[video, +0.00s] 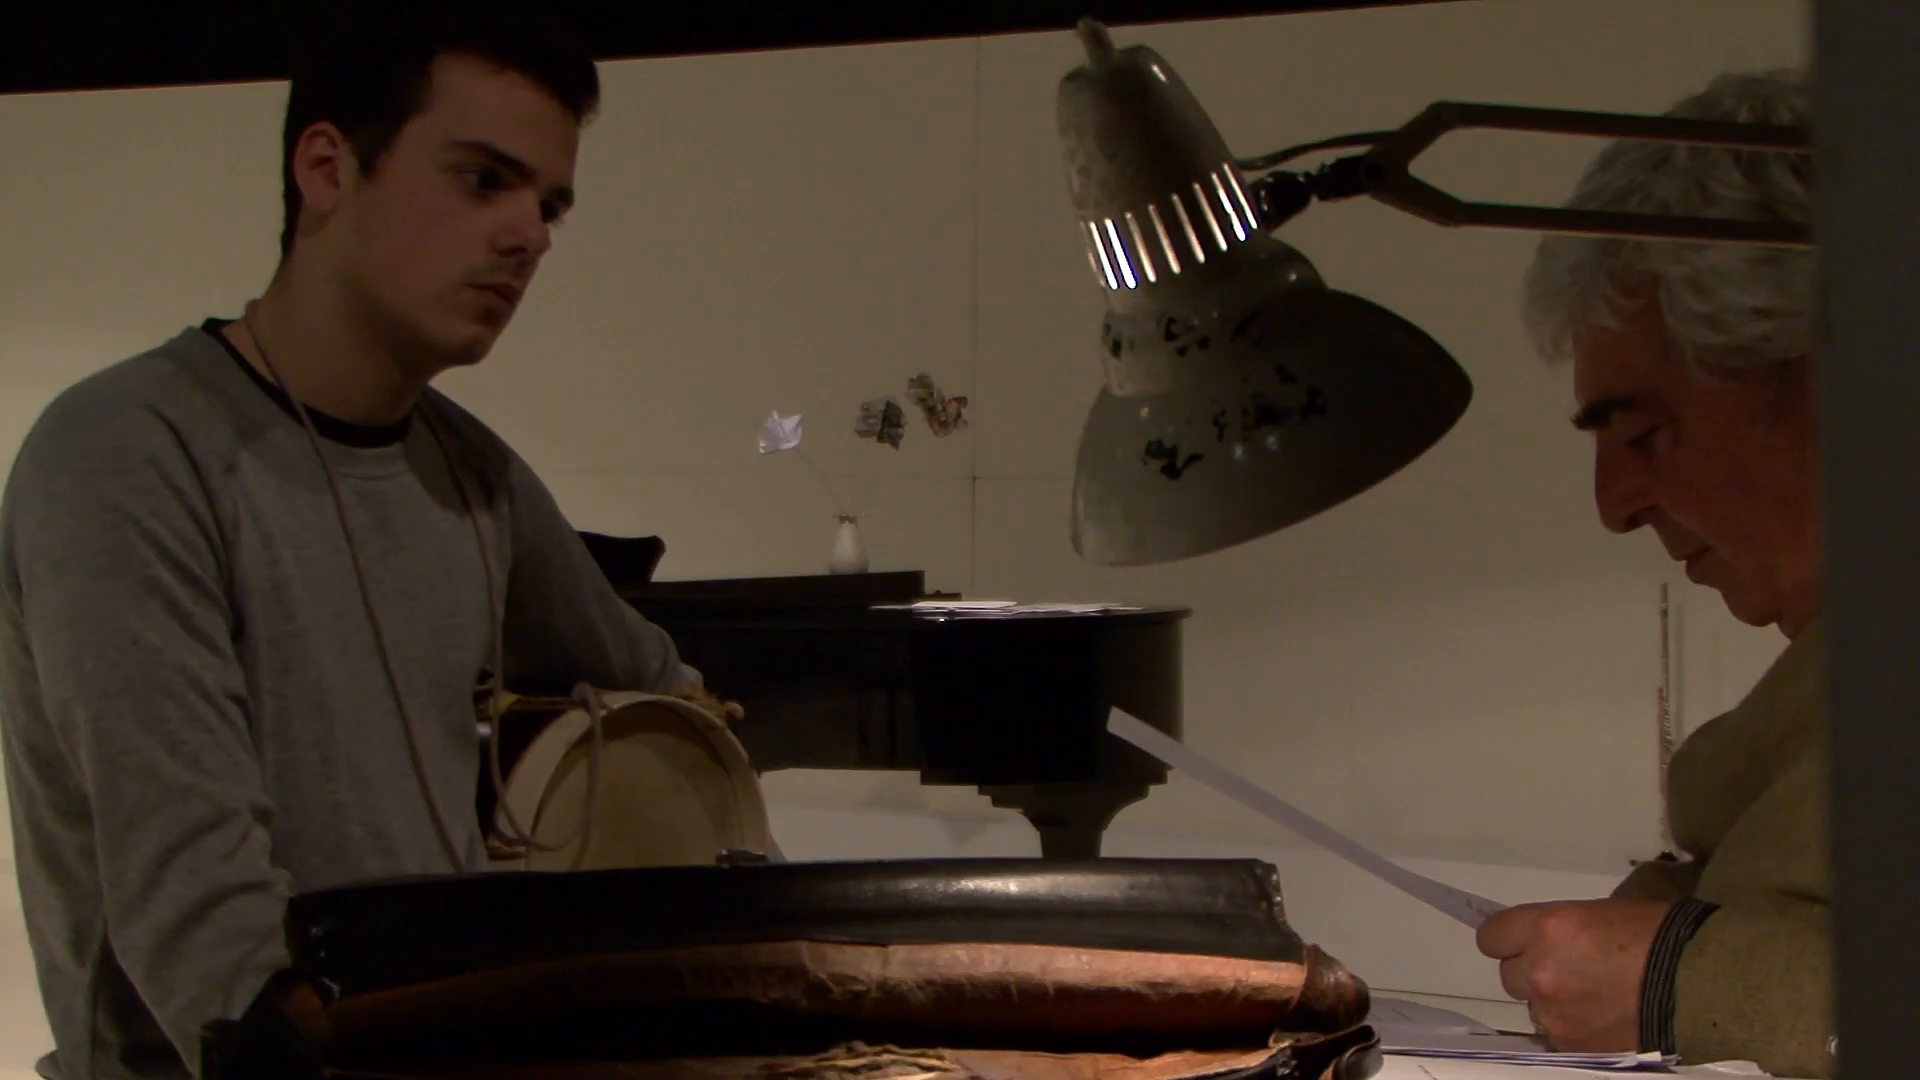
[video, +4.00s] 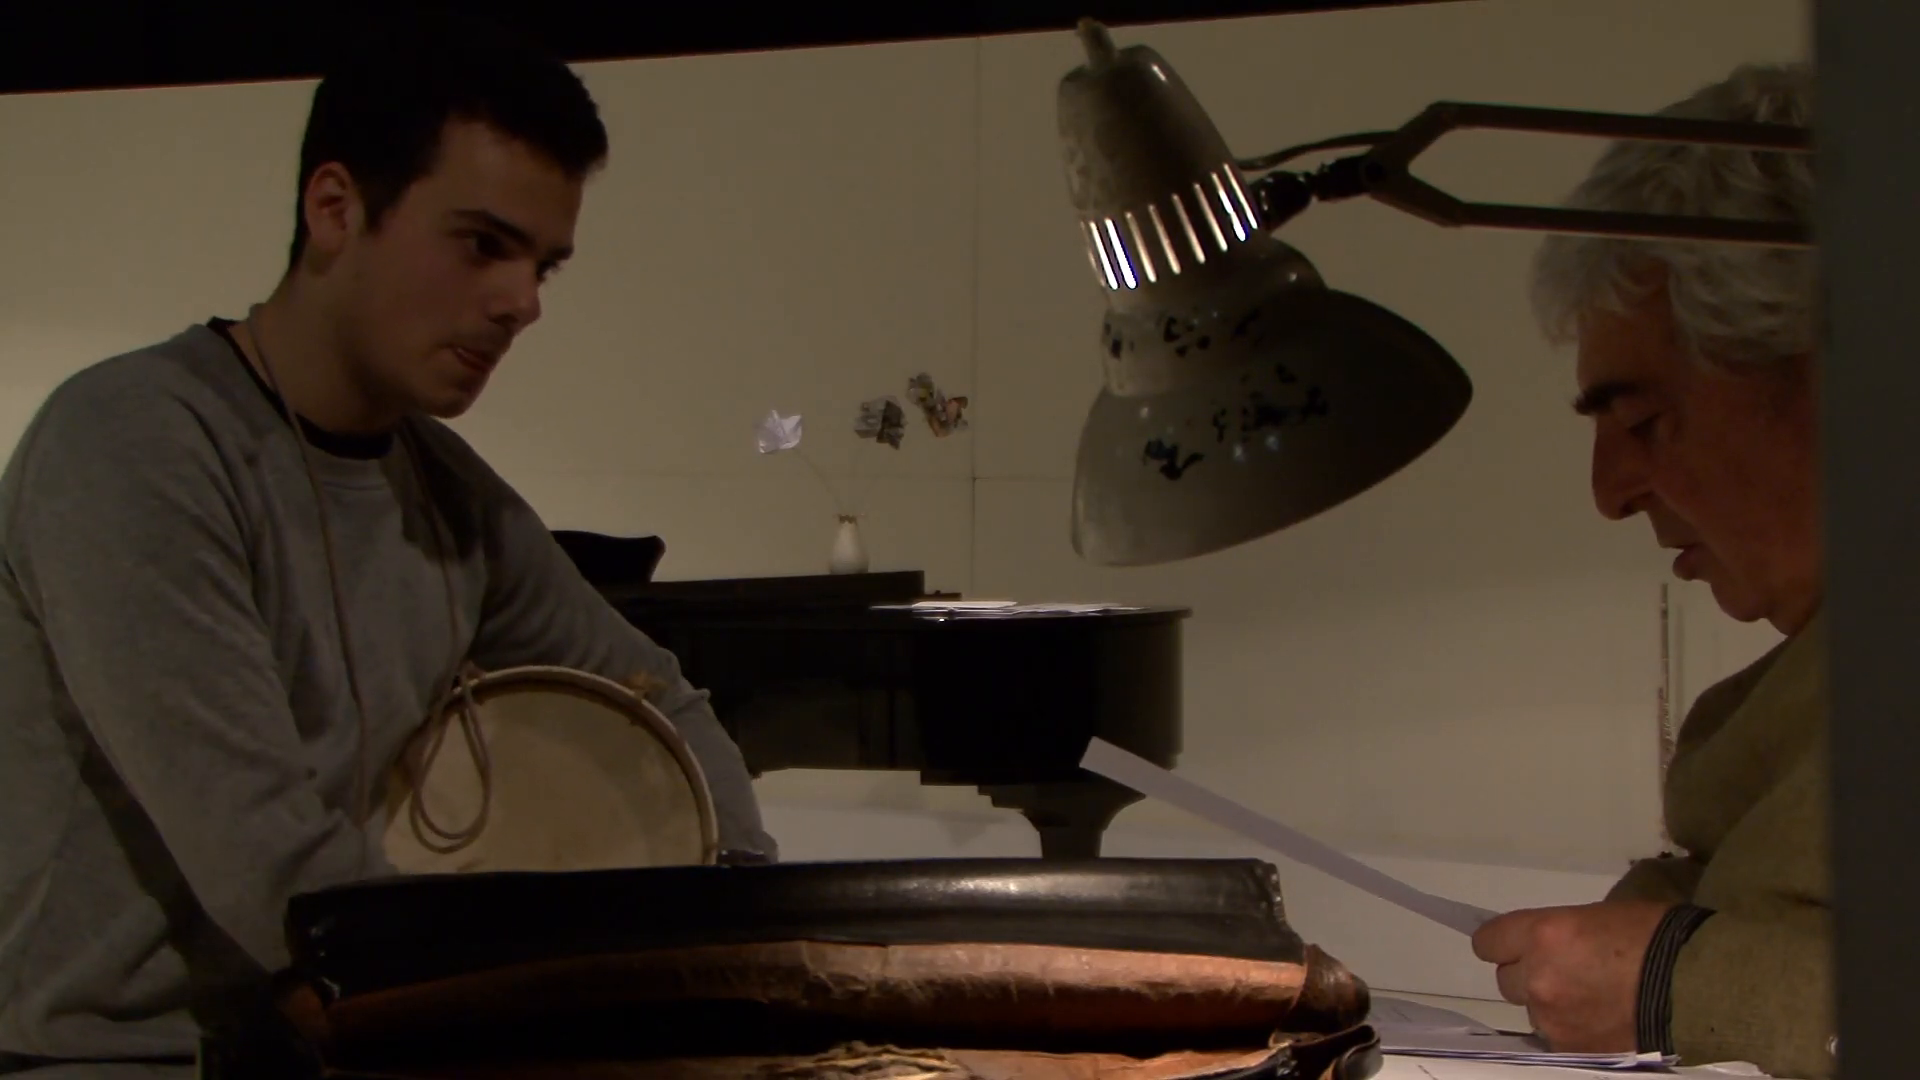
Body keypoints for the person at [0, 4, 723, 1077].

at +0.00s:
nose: (529, 237)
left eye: (550, 206)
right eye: (483, 179)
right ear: (326, 172)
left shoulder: (481, 478)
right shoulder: (115, 453)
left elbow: (662, 708)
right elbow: (196, 908)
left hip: (474, 1030)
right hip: (188, 1057)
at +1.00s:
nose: (566, 247)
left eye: (585, 217)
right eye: (521, 185)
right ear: (363, 172)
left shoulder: (500, 486)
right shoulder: (141, 449)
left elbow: (666, 715)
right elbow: (207, 913)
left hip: (475, 1039)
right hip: (192, 1061)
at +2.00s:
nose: (509, 272)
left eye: (529, 235)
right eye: (467, 212)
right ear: (314, 192)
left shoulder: (437, 483)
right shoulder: (129, 441)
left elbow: (616, 705)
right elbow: (277, 870)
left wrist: (762, 908)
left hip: (381, 1038)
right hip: (140, 1058)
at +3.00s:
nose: (499, 289)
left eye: (517, 254)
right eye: (457, 231)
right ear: (306, 202)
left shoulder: (431, 491)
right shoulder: (123, 437)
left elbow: (617, 695)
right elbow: (318, 838)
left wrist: (753, 904)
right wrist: (632, 956)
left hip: (350, 1040)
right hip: (118, 1057)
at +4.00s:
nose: (521, 303)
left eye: (543, 268)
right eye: (482, 244)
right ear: (333, 210)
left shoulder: (446, 489)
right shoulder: (122, 444)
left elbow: (652, 700)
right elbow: (280, 883)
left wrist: (743, 922)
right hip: (113, 1054)